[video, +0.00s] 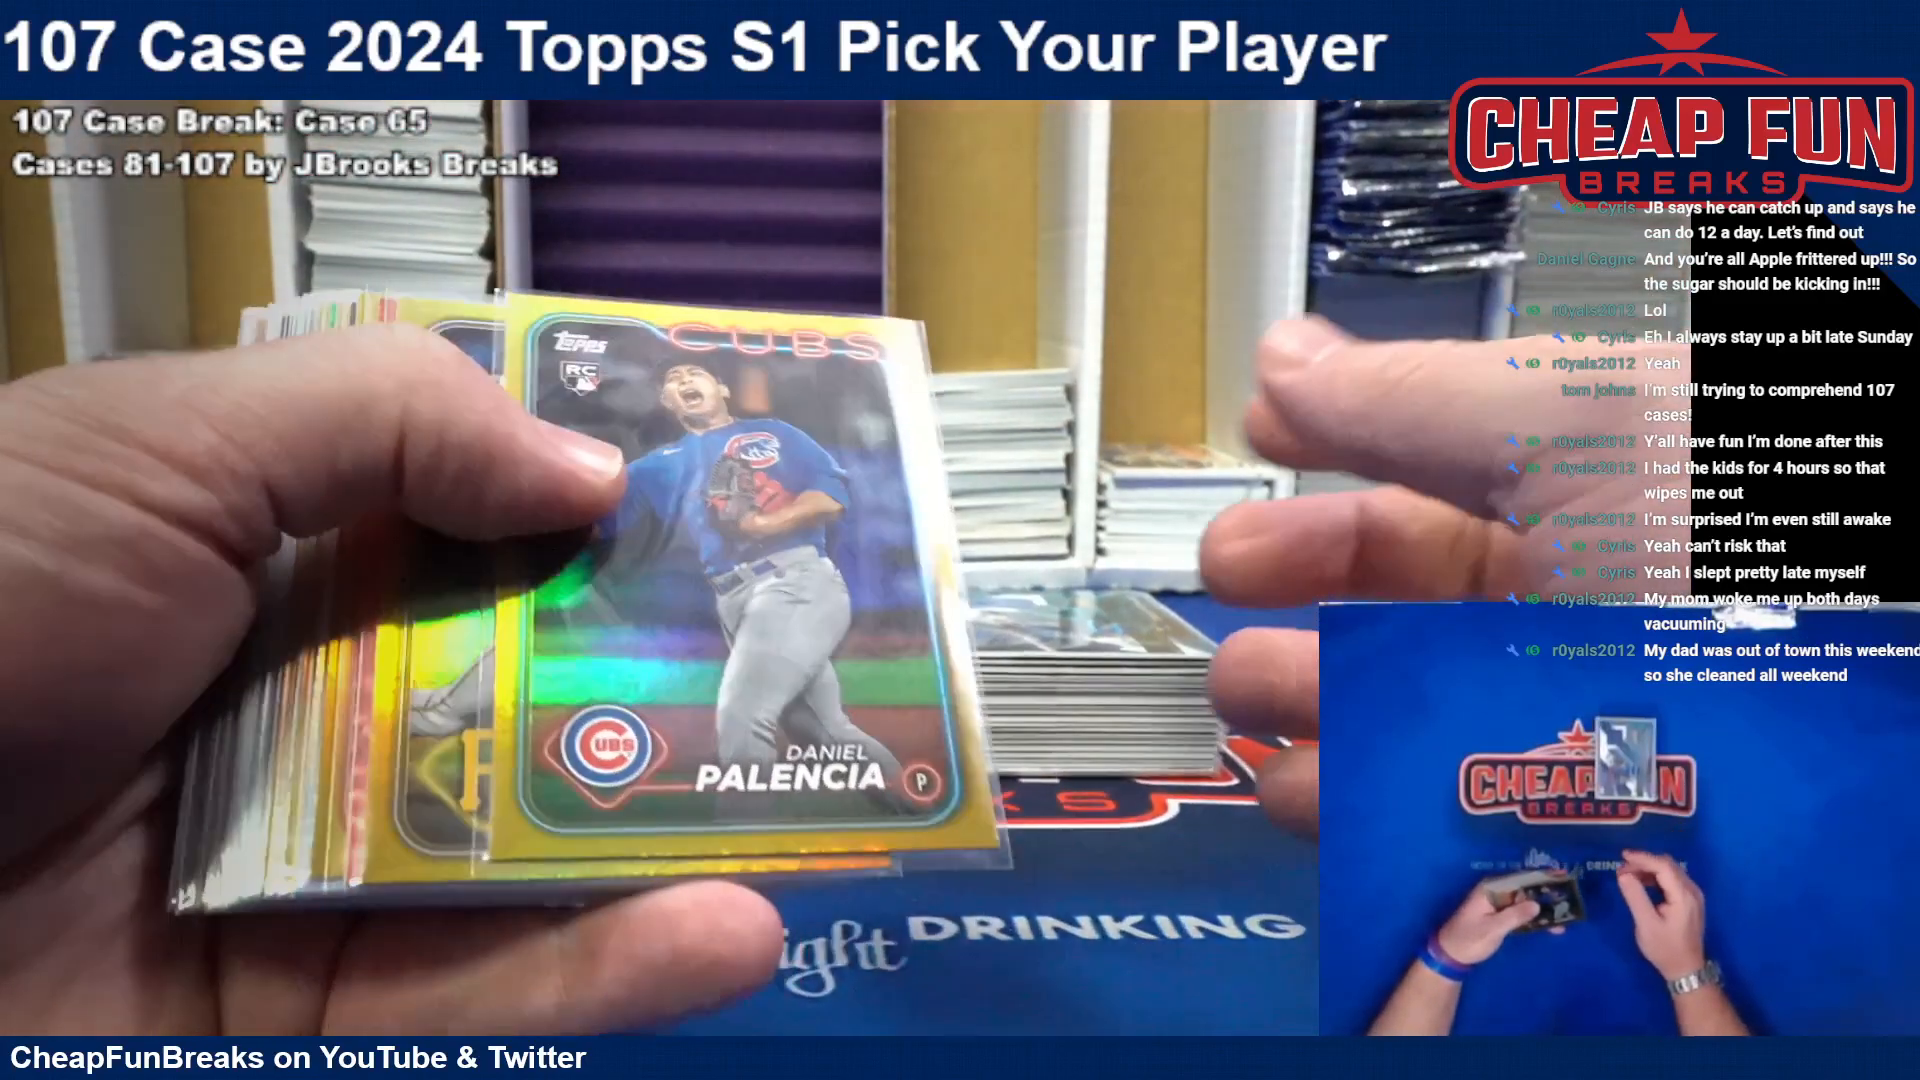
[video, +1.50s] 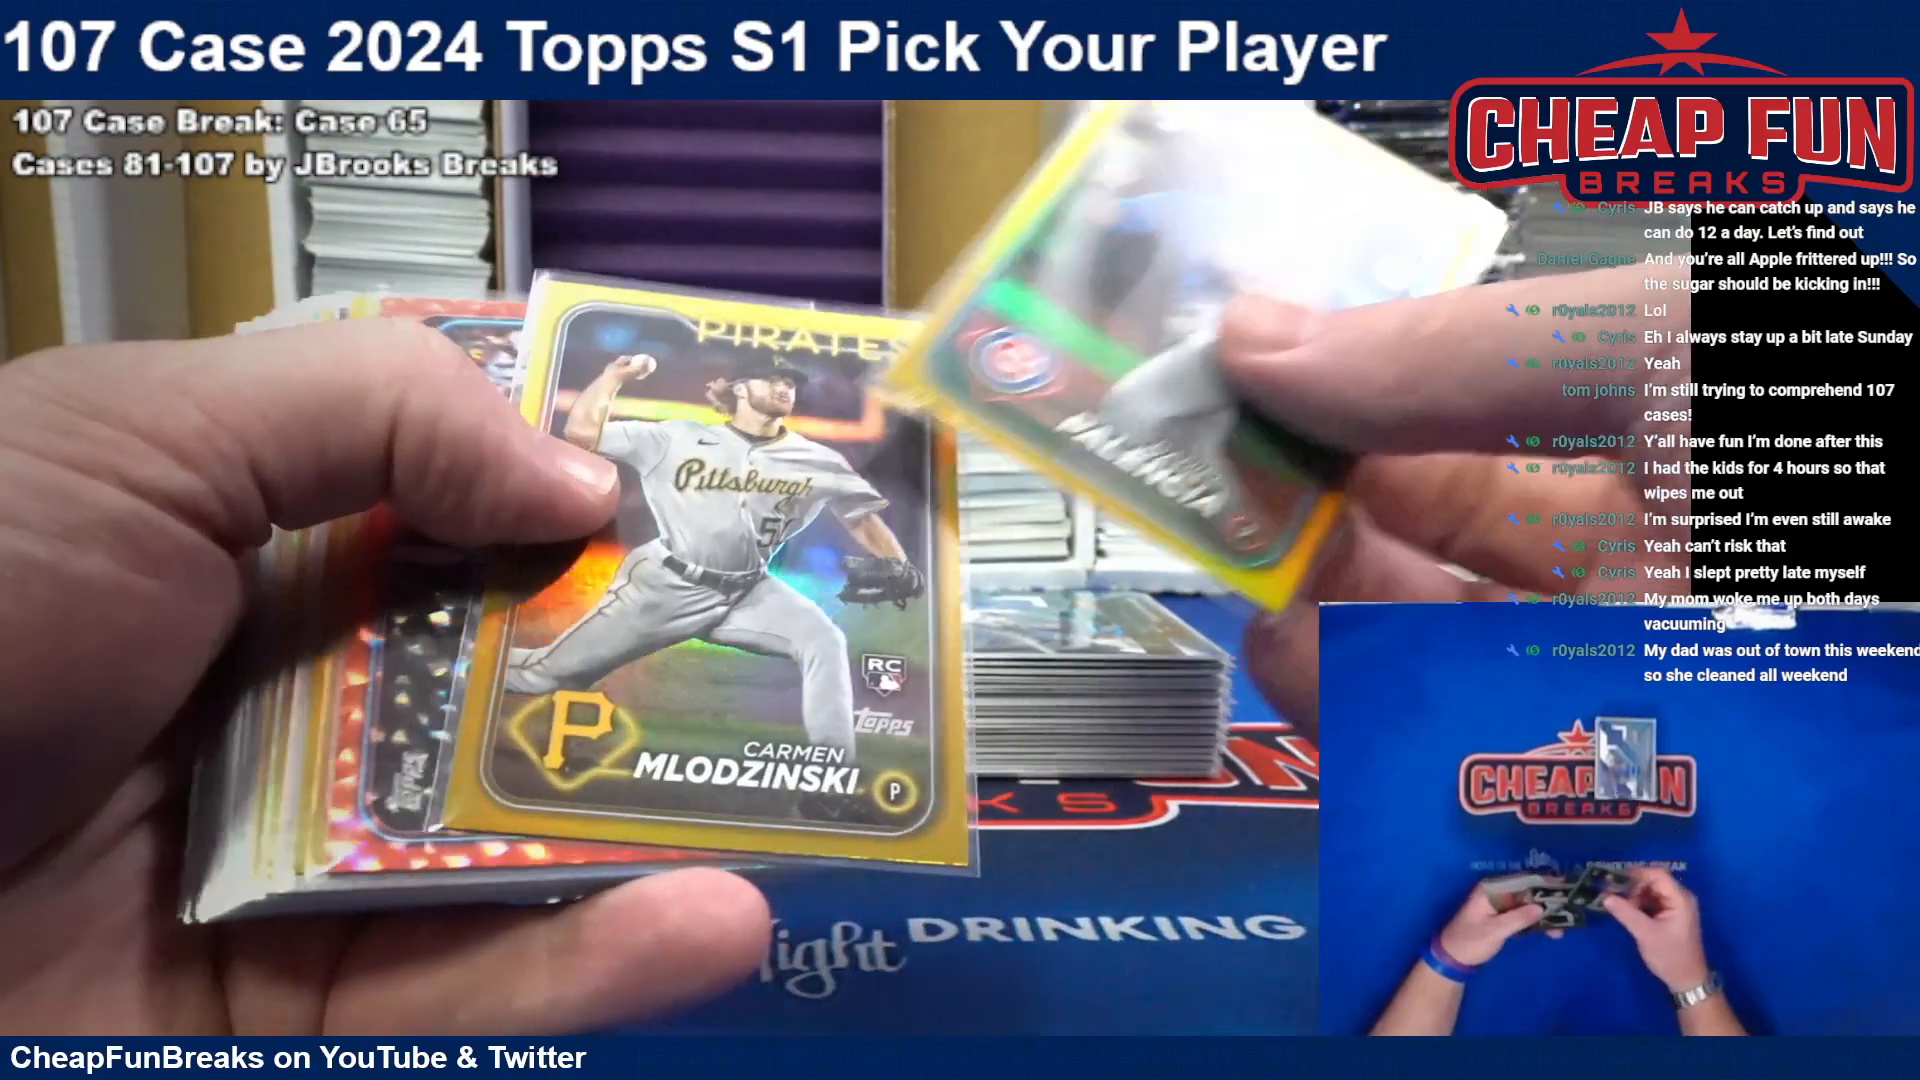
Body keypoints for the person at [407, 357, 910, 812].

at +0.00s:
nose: (686, 389)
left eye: (698, 381)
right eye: (675, 384)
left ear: (724, 394)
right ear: (665, 403)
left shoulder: (772, 433)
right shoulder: (671, 463)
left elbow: (828, 501)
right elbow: (597, 493)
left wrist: (761, 526)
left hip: (797, 585)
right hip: (742, 605)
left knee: (741, 719)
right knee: (830, 733)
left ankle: (747, 853)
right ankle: (908, 814)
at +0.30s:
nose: (703, 371)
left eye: (713, 362)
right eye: (691, 367)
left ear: (740, 377)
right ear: (682, 391)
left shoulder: (792, 425)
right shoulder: (672, 459)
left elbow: (849, 494)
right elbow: (601, 511)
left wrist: (781, 522)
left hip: (813, 585)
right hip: (750, 606)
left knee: (752, 726)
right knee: (837, 748)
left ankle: (740, 884)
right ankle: (940, 848)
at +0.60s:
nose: (797, 355)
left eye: (808, 343)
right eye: (784, 348)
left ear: (837, 350)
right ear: (771, 366)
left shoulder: (890, 395)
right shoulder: (773, 438)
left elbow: (956, 456)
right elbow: (689, 482)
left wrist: (900, 490)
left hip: (947, 540)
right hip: (868, 570)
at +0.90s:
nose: (719, 384)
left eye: (725, 379)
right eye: (705, 374)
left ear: (732, 398)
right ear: (671, 387)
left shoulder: (760, 461)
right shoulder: (614, 440)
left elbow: (811, 517)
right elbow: (514, 435)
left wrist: (850, 563)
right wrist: (544, 376)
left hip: (695, 598)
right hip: (608, 594)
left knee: (777, 639)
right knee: (494, 686)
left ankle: (796, 786)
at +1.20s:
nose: (765, 405)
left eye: (770, 399)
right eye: (753, 394)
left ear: (773, 412)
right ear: (715, 402)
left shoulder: (798, 480)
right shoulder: (656, 455)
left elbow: (842, 537)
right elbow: (561, 447)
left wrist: (880, 587)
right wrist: (591, 391)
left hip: (730, 612)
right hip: (646, 605)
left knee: (807, 659)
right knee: (528, 687)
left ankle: (820, 801)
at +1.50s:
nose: (781, 388)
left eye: (786, 382)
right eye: (768, 379)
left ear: (792, 398)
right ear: (736, 388)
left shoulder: (818, 464)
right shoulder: (678, 437)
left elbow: (863, 520)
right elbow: (583, 432)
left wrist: (900, 571)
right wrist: (614, 373)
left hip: (747, 595)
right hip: (664, 587)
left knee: (824, 642)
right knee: (551, 673)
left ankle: (833, 784)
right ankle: (462, 668)